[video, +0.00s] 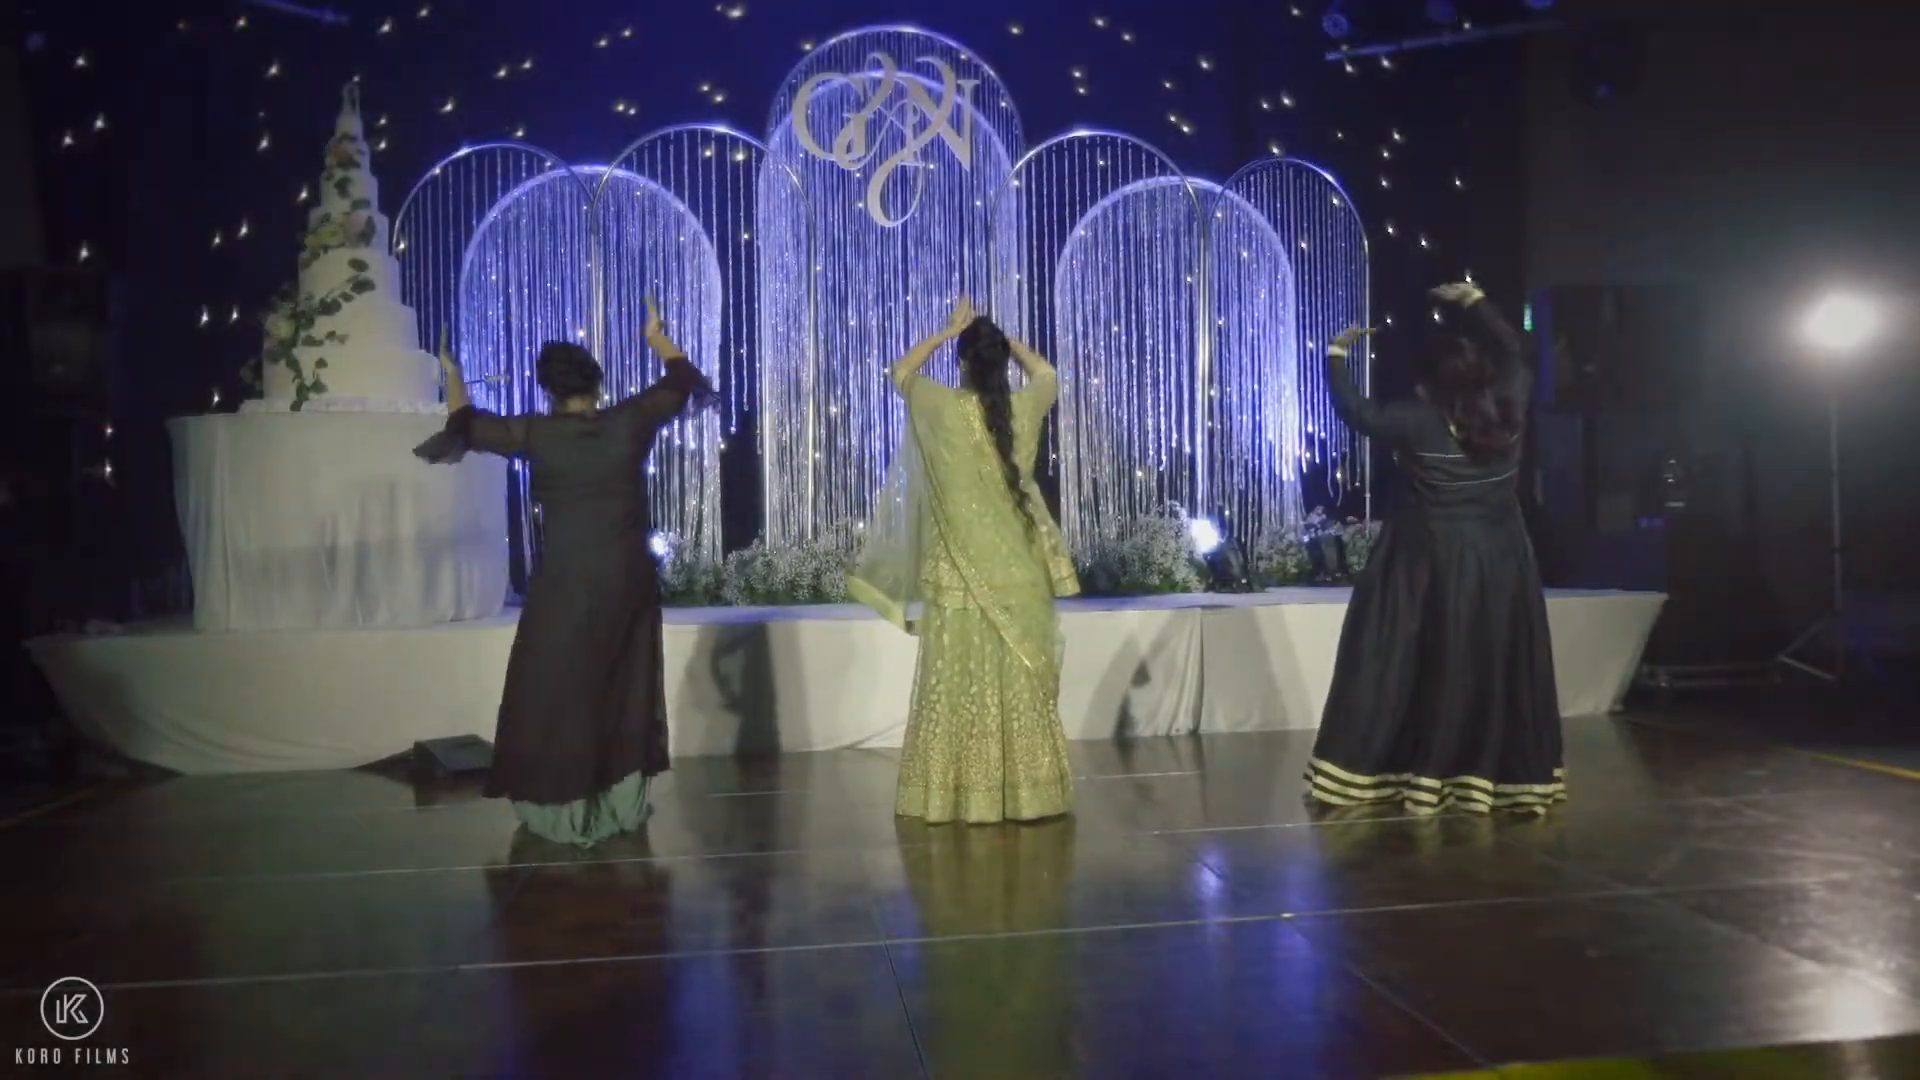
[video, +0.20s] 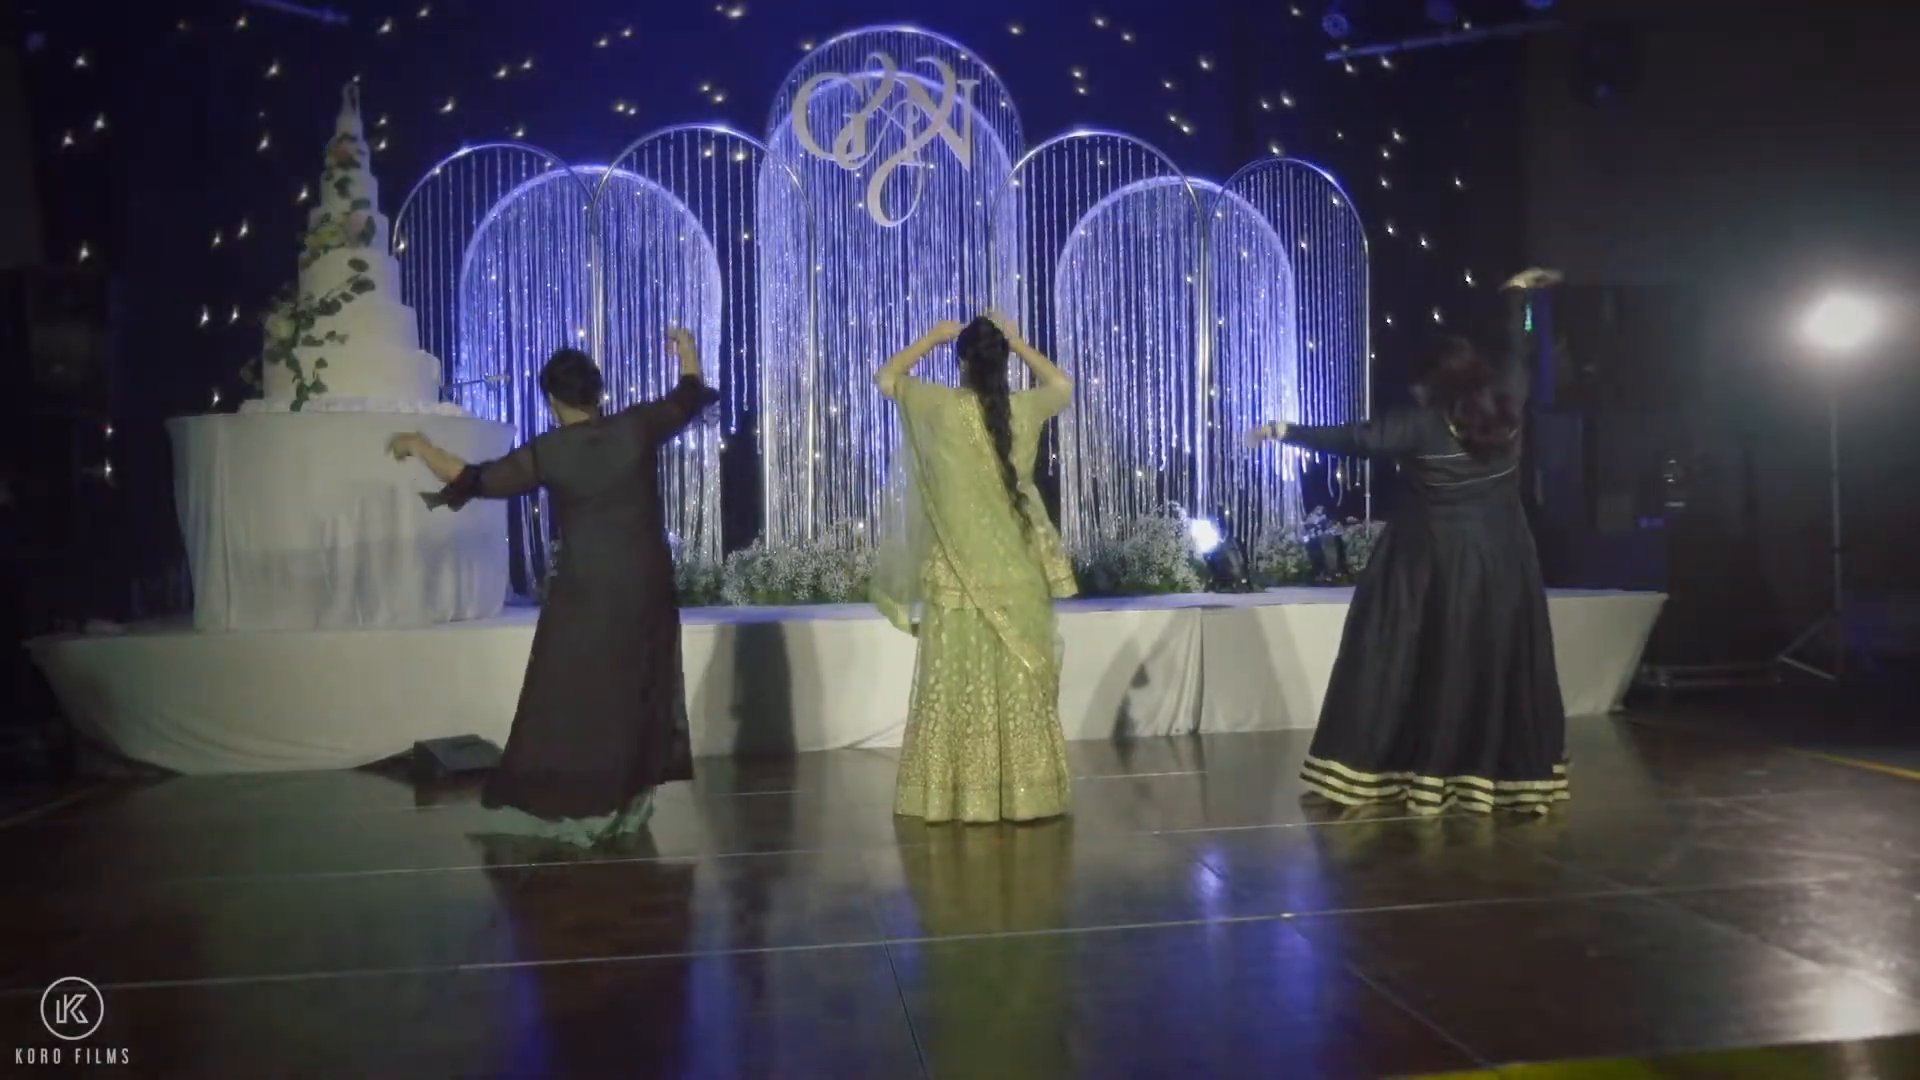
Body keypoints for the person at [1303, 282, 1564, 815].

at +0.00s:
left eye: (1435, 359)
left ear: (1430, 372)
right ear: (1486, 369)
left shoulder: (1414, 421)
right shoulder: (1508, 408)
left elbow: (1356, 410)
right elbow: (1510, 351)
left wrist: (1337, 359)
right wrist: (1476, 301)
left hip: (1431, 546)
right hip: (1499, 545)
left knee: (1422, 659)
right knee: (1495, 661)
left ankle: (1417, 782)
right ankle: (1495, 782)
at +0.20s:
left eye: (1426, 371)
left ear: (1429, 379)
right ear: (1481, 371)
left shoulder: (1418, 425)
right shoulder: (1507, 405)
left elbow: (1353, 437)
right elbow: (1516, 348)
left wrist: (1284, 430)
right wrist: (1515, 296)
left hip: (1433, 553)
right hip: (1501, 552)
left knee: (1420, 663)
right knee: (1496, 665)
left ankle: (1419, 779)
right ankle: (1495, 781)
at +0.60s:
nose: (1397, 401)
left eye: (1401, 393)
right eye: (1397, 393)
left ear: (1417, 392)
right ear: (1461, 379)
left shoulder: (1413, 438)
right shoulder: (1493, 410)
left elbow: (1374, 492)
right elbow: (1513, 344)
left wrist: (1311, 515)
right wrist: (1526, 281)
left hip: (1437, 565)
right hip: (1506, 558)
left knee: (1424, 667)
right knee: (1503, 667)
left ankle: (1425, 782)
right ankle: (1506, 780)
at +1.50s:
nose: (1371, 396)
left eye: (1374, 388)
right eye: (1371, 387)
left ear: (1392, 388)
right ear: (1430, 377)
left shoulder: (1389, 436)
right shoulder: (1475, 410)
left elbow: (1360, 497)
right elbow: (1529, 391)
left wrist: (1321, 547)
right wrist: (1562, 346)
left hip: (1416, 556)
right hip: (1482, 551)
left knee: (1414, 662)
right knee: (1486, 660)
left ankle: (1419, 781)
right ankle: (1494, 778)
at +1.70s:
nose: (1356, 396)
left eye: (1359, 387)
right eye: (1354, 387)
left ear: (1377, 385)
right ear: (1411, 376)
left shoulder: (1377, 426)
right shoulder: (1451, 416)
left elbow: (1354, 479)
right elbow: (1498, 425)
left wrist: (1321, 519)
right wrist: (1552, 420)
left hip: (1397, 555)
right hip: (1458, 550)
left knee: (1393, 662)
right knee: (1467, 659)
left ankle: (1388, 780)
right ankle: (1476, 779)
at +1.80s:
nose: (1336, 397)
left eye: (1339, 388)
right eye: (1335, 388)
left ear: (1362, 386)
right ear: (1386, 383)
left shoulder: (1369, 424)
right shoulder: (1424, 420)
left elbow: (1352, 468)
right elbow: (1458, 428)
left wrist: (1331, 497)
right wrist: (1496, 422)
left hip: (1386, 549)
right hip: (1438, 545)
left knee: (1379, 660)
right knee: (1445, 658)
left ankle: (1376, 774)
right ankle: (1453, 772)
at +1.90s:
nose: (1316, 400)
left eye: (1320, 390)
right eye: (1315, 390)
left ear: (1344, 388)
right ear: (1359, 385)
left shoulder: (1355, 425)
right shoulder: (1395, 423)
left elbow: (1340, 481)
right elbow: (1406, 450)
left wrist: (1324, 497)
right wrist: (1435, 434)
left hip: (1368, 550)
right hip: (1411, 546)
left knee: (1361, 660)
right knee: (1418, 657)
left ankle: (1364, 771)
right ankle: (1428, 769)